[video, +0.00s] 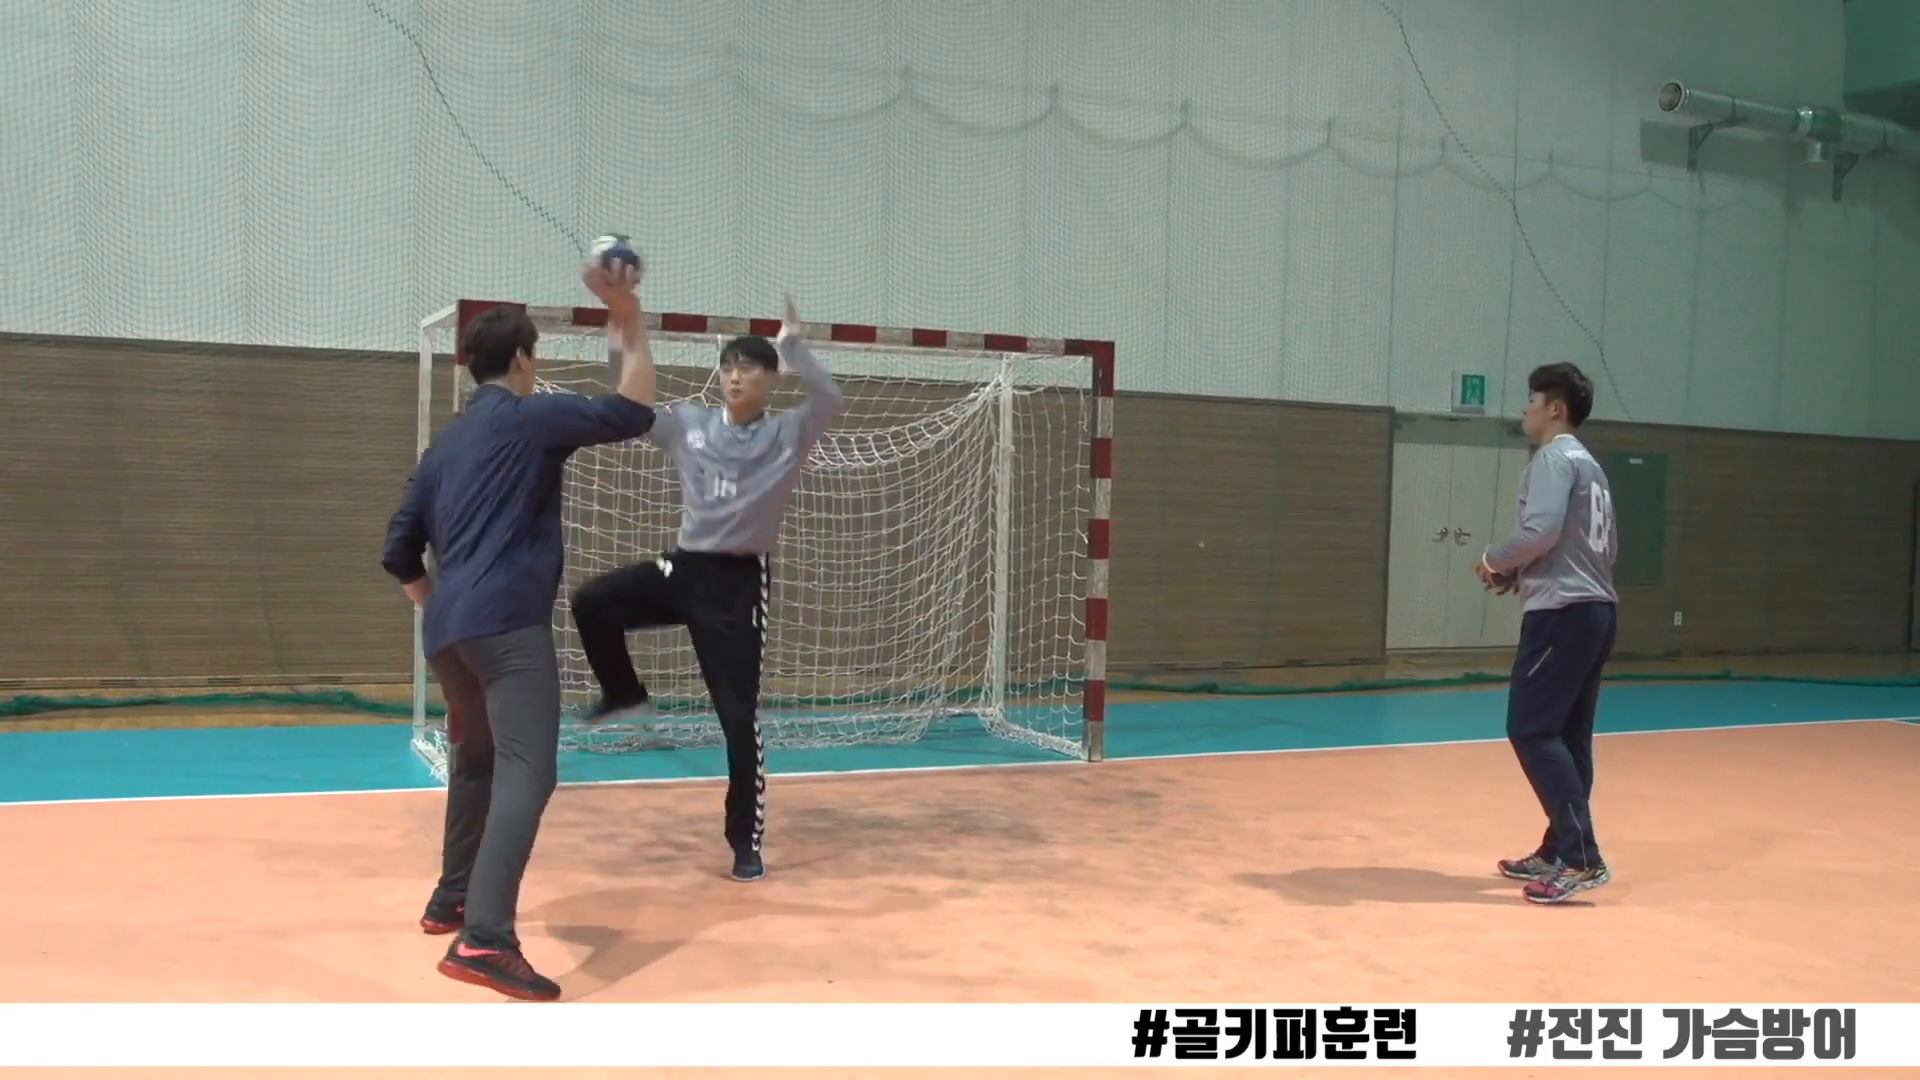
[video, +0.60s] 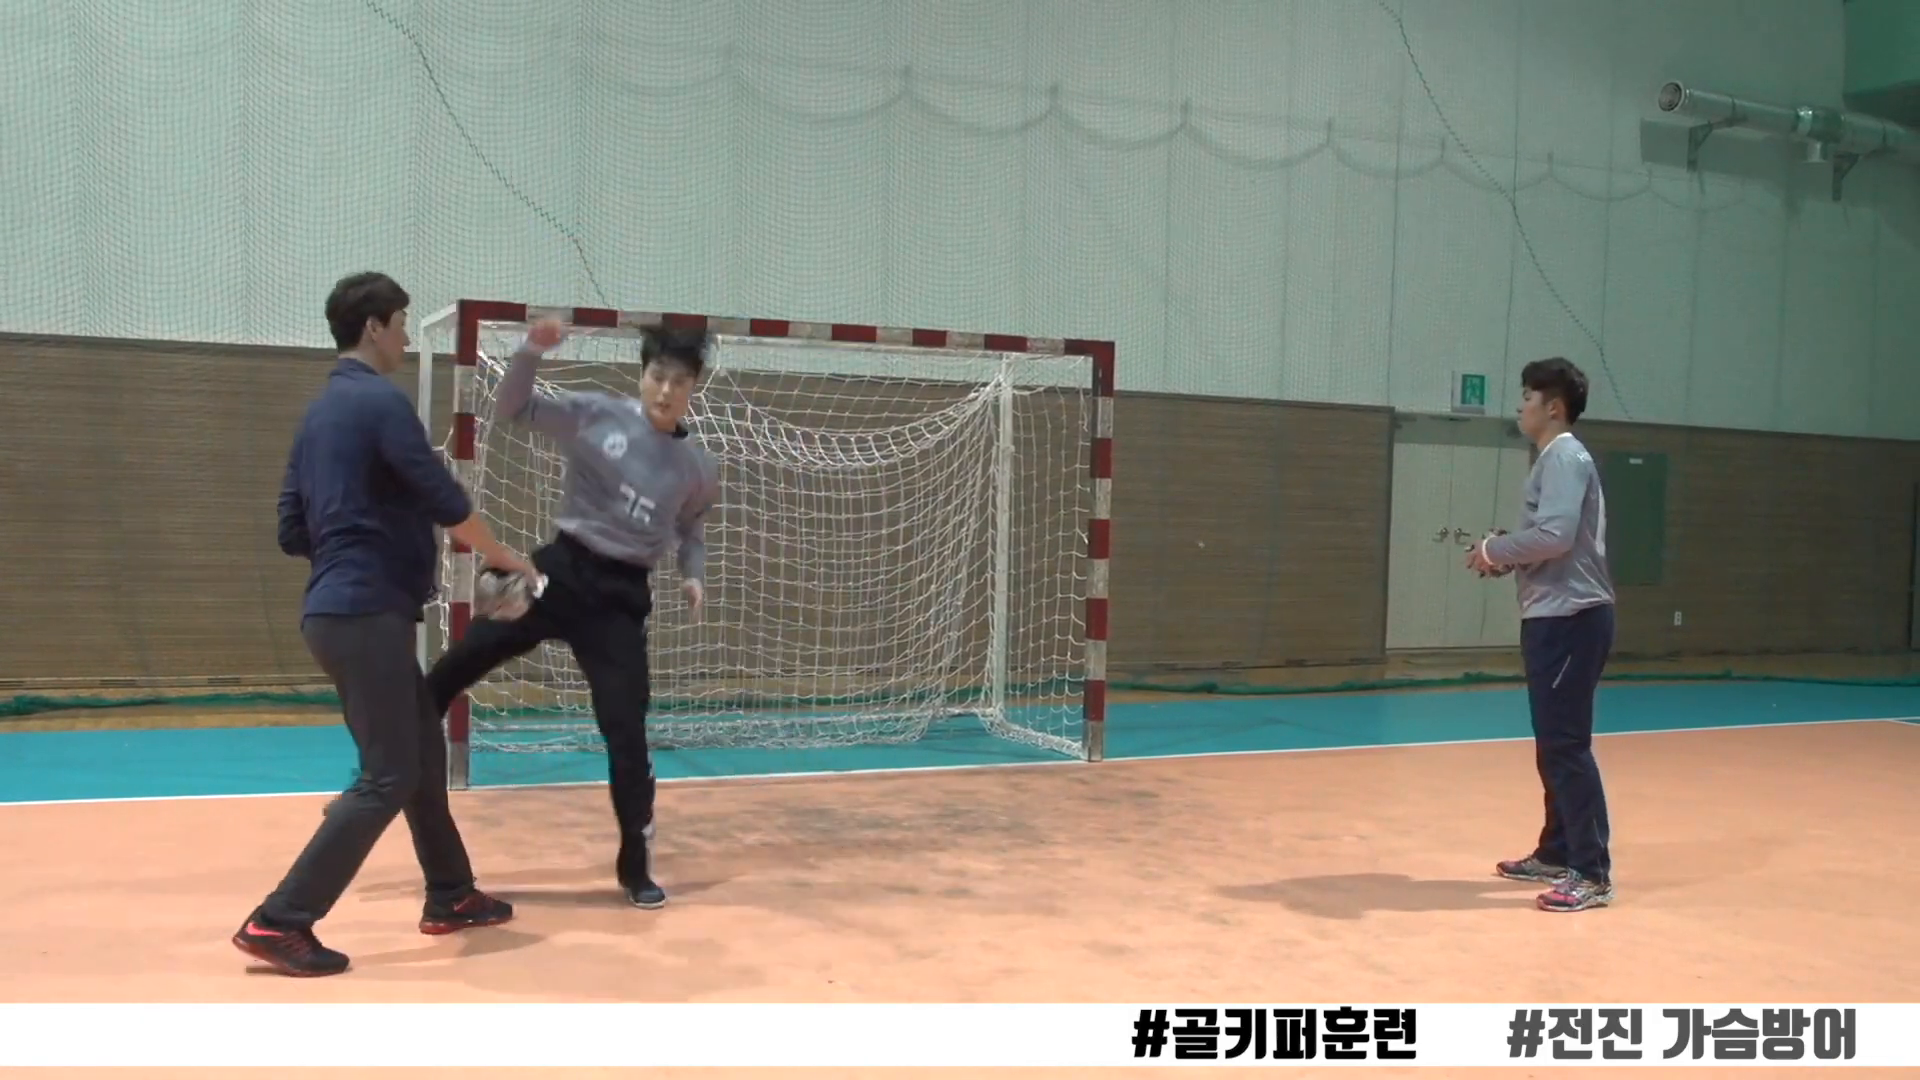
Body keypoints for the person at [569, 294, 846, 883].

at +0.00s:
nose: (737, 376)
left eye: (749, 368)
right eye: (730, 367)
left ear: (772, 379)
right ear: (720, 377)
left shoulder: (788, 434)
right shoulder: (690, 423)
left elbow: (830, 400)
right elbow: (628, 410)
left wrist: (793, 349)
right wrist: (623, 340)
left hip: (737, 582)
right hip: (681, 572)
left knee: (738, 719)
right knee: (592, 602)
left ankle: (747, 845)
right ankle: (623, 693)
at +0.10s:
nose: (706, 313)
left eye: (719, 303)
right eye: (700, 302)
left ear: (745, 313)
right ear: (692, 311)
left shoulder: (770, 367)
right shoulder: (670, 354)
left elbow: (833, 349)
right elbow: (605, 321)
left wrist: (871, 287)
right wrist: (561, 268)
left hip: (717, 518)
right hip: (663, 504)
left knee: (735, 650)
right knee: (571, 492)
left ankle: (761, 774)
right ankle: (554, 594)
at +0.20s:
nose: (689, 273)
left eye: (701, 264)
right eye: (682, 264)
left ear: (726, 272)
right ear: (671, 272)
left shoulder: (748, 336)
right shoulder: (645, 317)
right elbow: (580, 294)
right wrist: (525, 245)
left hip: (706, 480)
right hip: (644, 460)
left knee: (745, 584)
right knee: (553, 444)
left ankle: (765, 700)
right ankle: (477, 516)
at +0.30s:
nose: (678, 267)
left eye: (691, 258)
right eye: (671, 257)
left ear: (717, 264)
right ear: (662, 261)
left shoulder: (734, 338)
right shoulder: (628, 305)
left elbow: (792, 392)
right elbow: (560, 283)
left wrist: (855, 407)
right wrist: (517, 222)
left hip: (682, 465)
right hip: (614, 442)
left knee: (742, 553)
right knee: (500, 451)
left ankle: (770, 687)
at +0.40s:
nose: (677, 281)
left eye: (690, 272)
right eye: (670, 269)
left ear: (712, 280)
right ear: (659, 271)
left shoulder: (723, 359)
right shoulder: (612, 312)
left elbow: (762, 420)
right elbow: (548, 274)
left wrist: (790, 449)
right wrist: (535, 204)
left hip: (662, 482)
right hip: (592, 463)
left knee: (711, 590)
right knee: (487, 468)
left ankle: (757, 718)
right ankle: (419, 575)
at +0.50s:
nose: (674, 319)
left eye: (688, 312)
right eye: (668, 306)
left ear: (706, 320)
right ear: (655, 304)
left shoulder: (711, 399)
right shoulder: (607, 345)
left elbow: (725, 463)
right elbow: (538, 310)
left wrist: (739, 508)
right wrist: (561, 246)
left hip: (637, 528)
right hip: (569, 505)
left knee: (665, 651)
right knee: (472, 550)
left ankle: (705, 785)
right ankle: (383, 649)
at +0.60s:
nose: (666, 391)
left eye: (679, 382)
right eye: (658, 378)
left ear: (694, 391)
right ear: (640, 378)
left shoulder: (699, 469)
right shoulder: (597, 414)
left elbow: (693, 532)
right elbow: (513, 406)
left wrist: (694, 575)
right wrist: (532, 351)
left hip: (621, 599)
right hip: (559, 575)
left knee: (627, 732)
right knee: (458, 666)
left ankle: (635, 866)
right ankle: (388, 751)